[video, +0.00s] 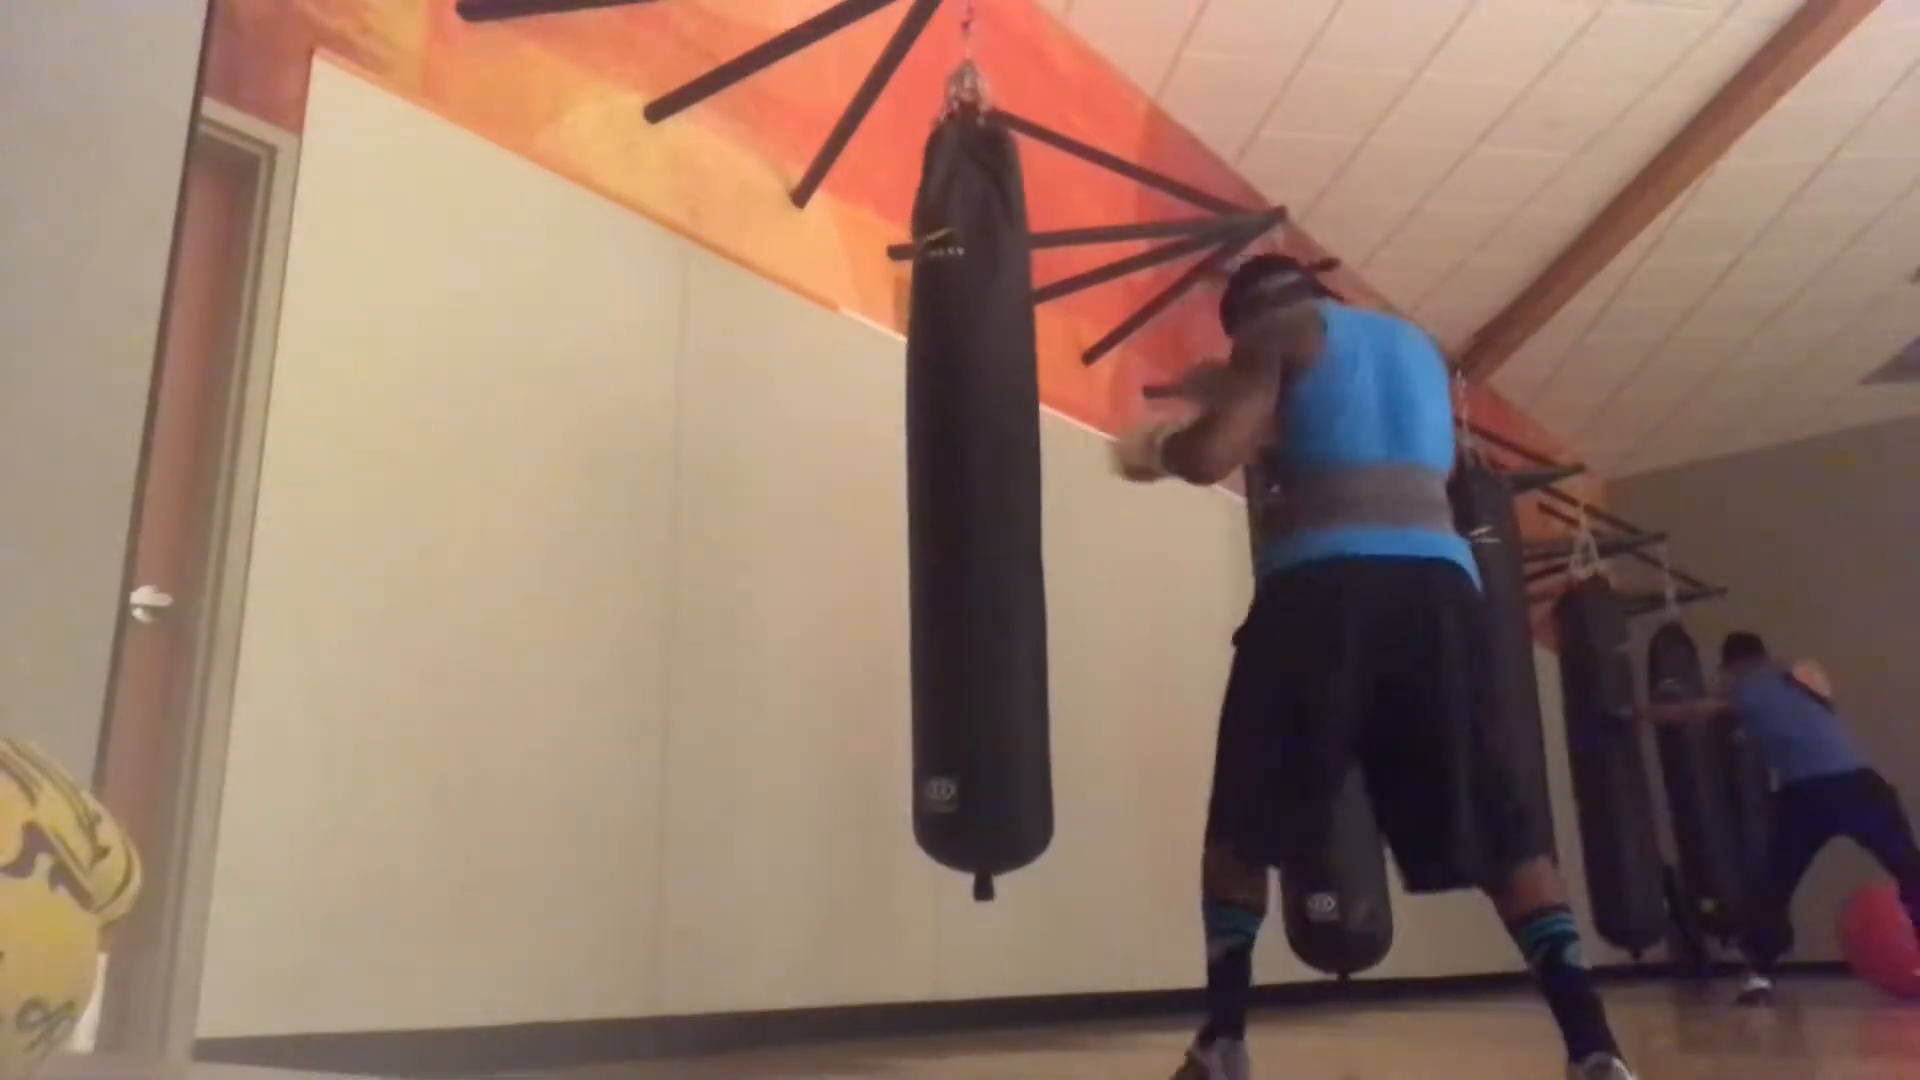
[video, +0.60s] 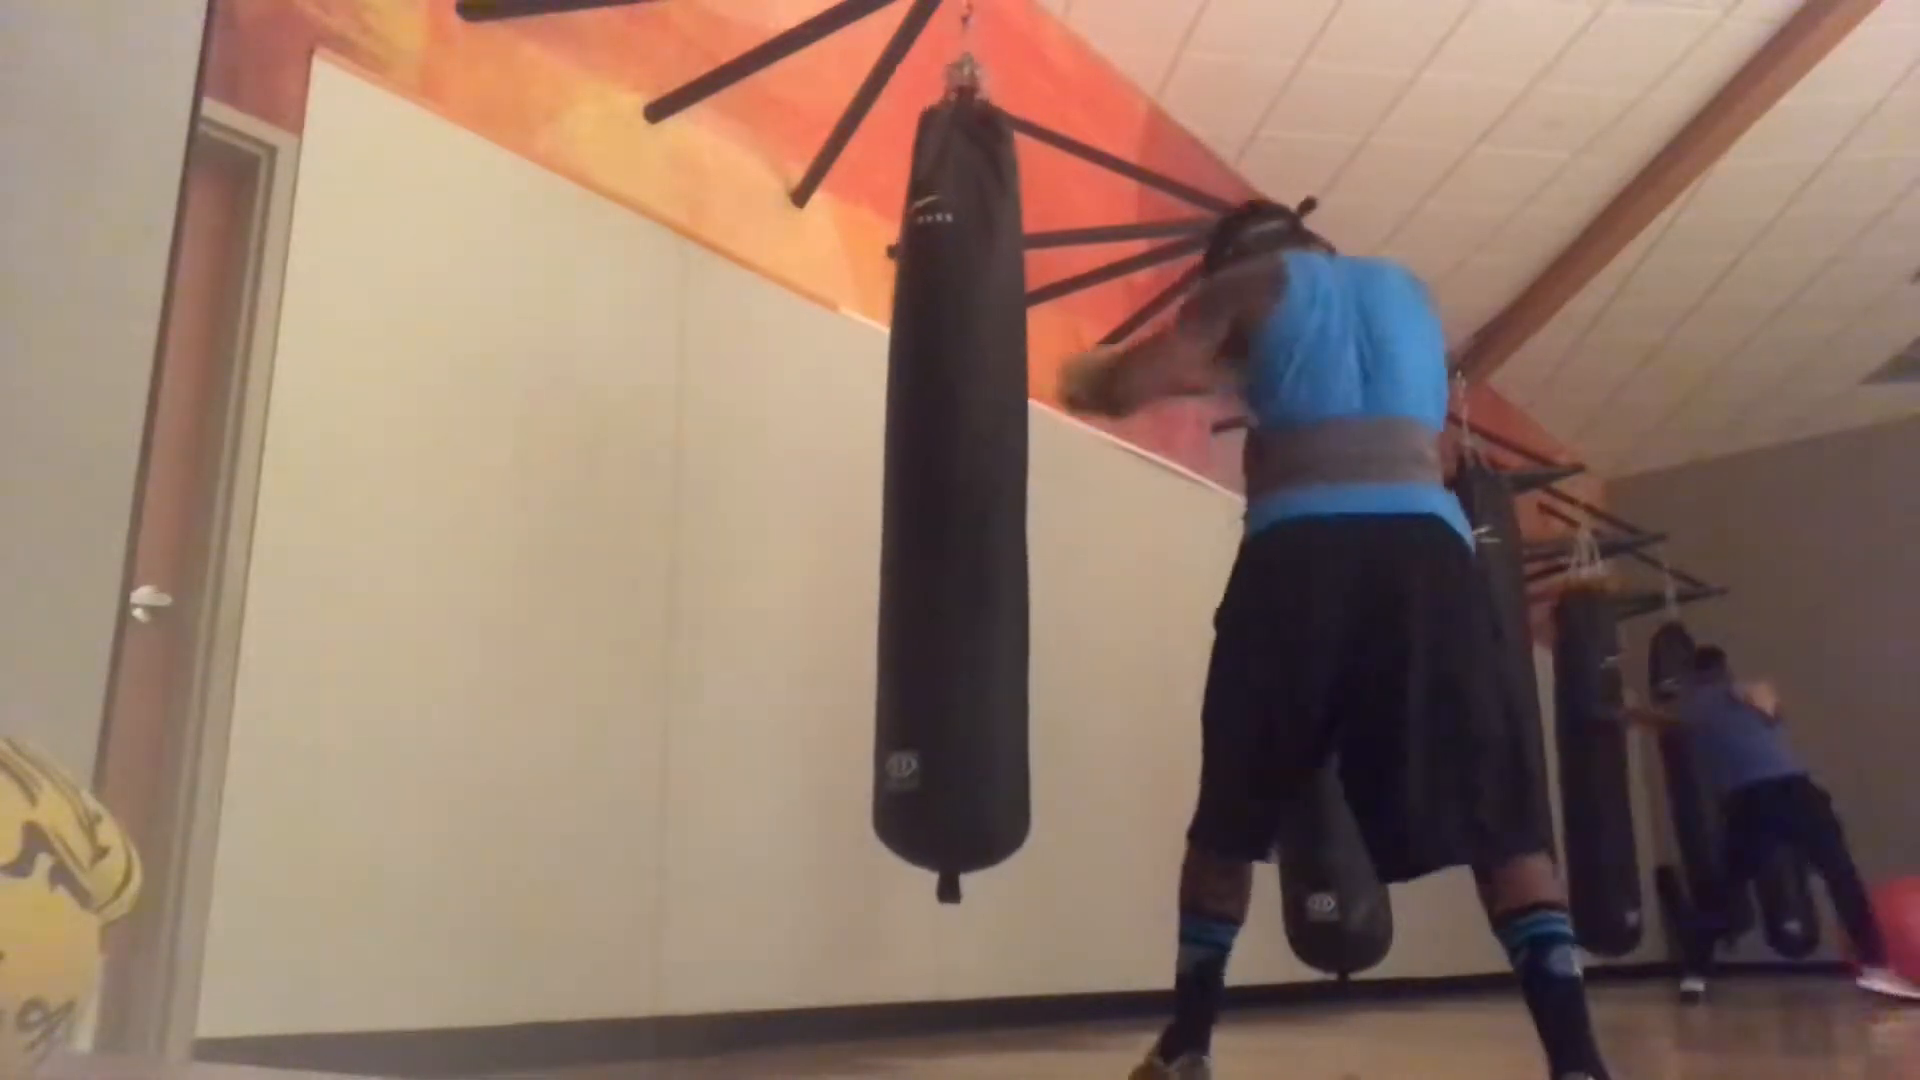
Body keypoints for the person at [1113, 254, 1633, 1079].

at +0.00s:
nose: (1242, 348)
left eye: (1242, 336)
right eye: (1240, 338)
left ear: (1255, 312)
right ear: (1314, 287)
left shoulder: (1276, 327)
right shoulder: (1419, 344)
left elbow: (1214, 453)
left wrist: (1162, 450)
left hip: (1320, 599)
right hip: (1442, 597)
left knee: (1241, 819)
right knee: (1496, 818)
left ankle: (1224, 1039)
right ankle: (1593, 1046)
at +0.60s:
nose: (1219, 291)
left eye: (1220, 277)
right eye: (1219, 280)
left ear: (1242, 254)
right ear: (1305, 232)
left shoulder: (1250, 279)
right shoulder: (1409, 292)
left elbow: (1133, 382)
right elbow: (1439, 443)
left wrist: (1085, 377)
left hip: (1297, 567)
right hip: (1433, 566)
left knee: (1231, 808)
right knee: (1501, 811)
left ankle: (1187, 1040)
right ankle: (1577, 1060)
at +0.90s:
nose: (1190, 267)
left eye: (1190, 253)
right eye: (1192, 254)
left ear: (1203, 237)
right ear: (1277, 219)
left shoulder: (1195, 262)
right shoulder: (1366, 258)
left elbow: (1067, 342)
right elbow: (1432, 358)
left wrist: (987, 368)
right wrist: (1361, 362)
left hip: (1248, 542)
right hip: (1378, 535)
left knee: (1209, 797)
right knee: (1467, 785)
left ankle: (1178, 1049)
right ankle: (1544, 1039)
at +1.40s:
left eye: (1157, 252)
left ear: (1178, 240)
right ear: (1267, 225)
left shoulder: (1159, 269)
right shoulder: (1331, 265)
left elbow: (1033, 368)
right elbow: (1348, 375)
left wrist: (974, 383)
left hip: (1187, 549)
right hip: (1315, 543)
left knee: (1160, 797)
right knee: (1423, 787)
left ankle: (1128, 1050)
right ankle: (1494, 1039)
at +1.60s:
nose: (1144, 259)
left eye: (1147, 248)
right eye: (1149, 248)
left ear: (1166, 238)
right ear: (1255, 232)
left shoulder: (1149, 267)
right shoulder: (1316, 274)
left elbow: (1043, 407)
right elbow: (1318, 408)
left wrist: (1031, 381)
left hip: (1176, 543)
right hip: (1305, 541)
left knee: (1143, 798)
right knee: (1383, 791)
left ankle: (1126, 1042)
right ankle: (1444, 1039)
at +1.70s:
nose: (1152, 276)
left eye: (1156, 265)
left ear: (1177, 259)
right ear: (1266, 254)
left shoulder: (1152, 291)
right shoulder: (1321, 299)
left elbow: (1055, 437)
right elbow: (1319, 431)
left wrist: (1059, 438)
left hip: (1166, 582)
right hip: (1299, 585)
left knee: (1122, 794)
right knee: (1394, 815)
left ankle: (1098, 1011)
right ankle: (1447, 1051)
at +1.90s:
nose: (1251, 303)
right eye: (1240, 295)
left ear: (1122, 321)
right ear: (1199, 301)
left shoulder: (1086, 368)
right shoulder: (1250, 329)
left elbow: (1012, 458)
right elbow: (1287, 482)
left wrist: (988, 524)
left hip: (1097, 604)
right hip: (1221, 598)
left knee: (1069, 825)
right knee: (1381, 806)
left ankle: (996, 1043)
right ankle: (1389, 1024)